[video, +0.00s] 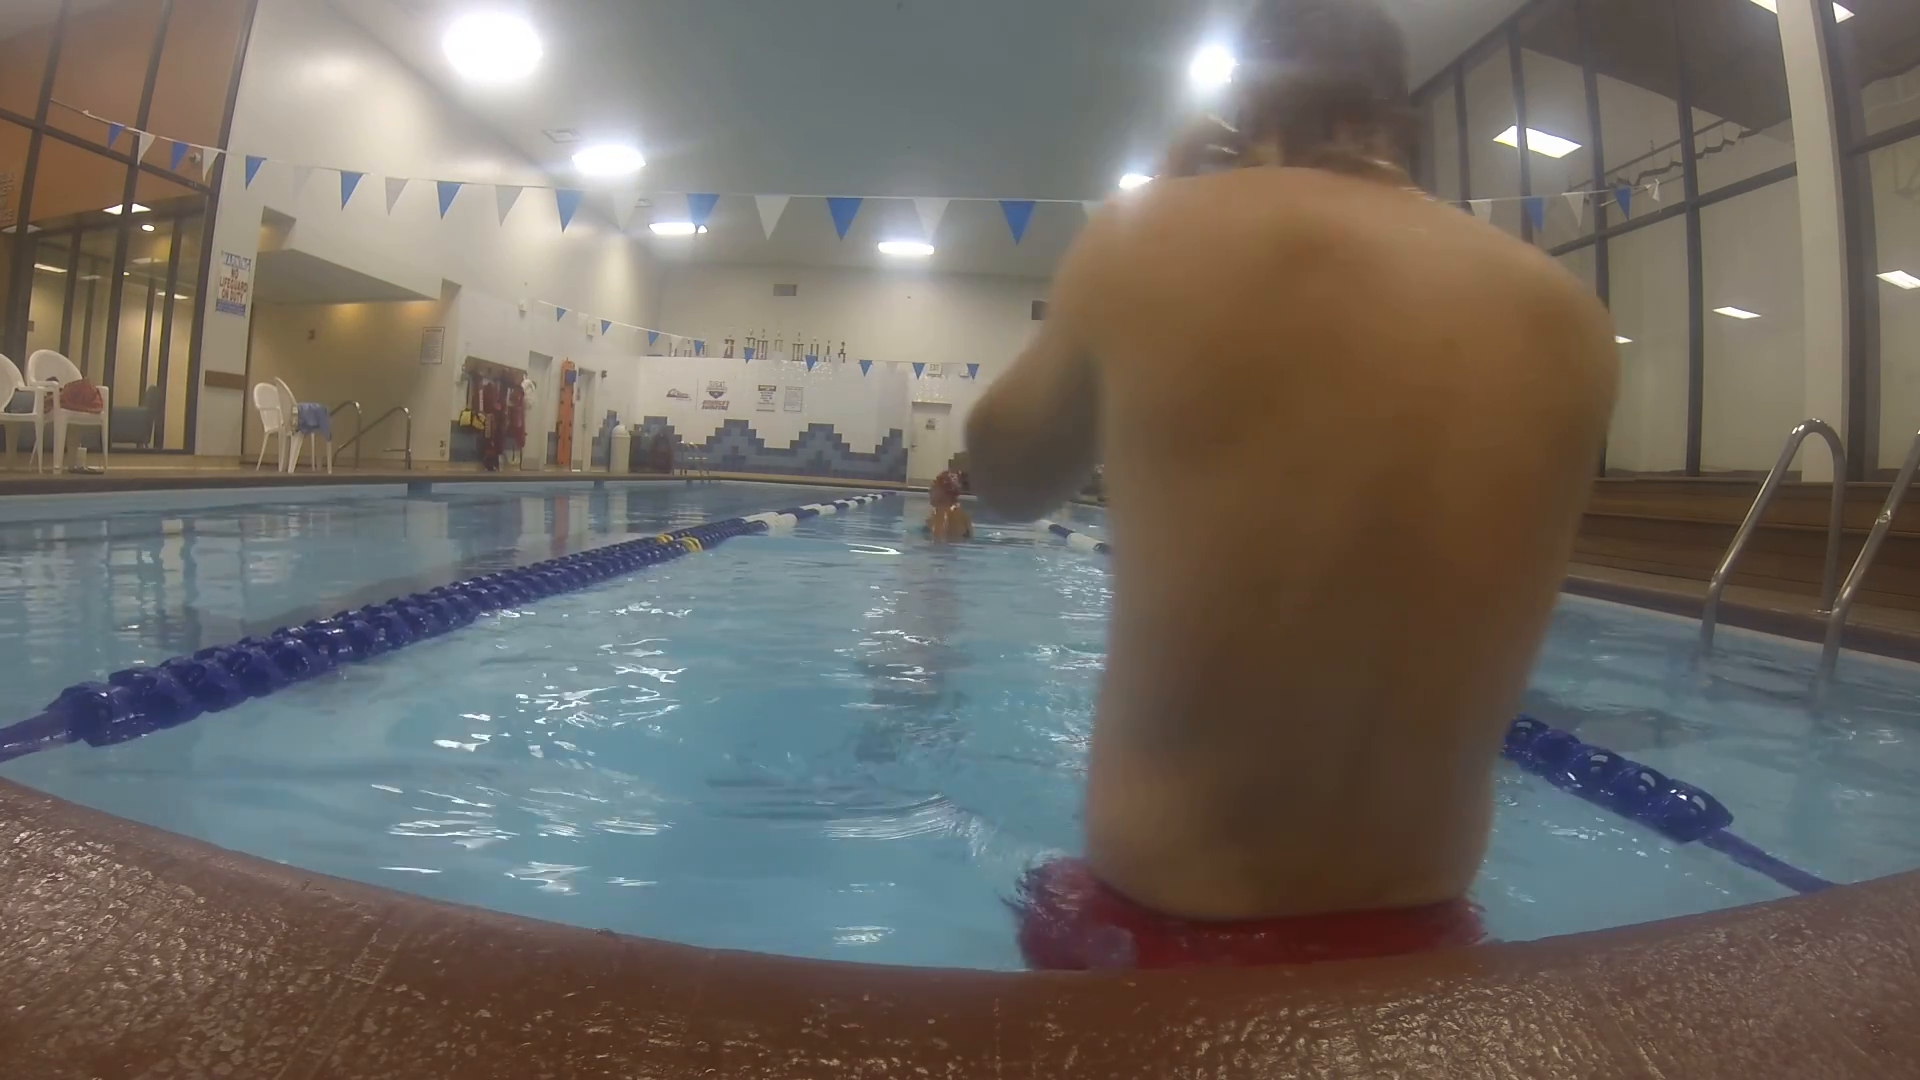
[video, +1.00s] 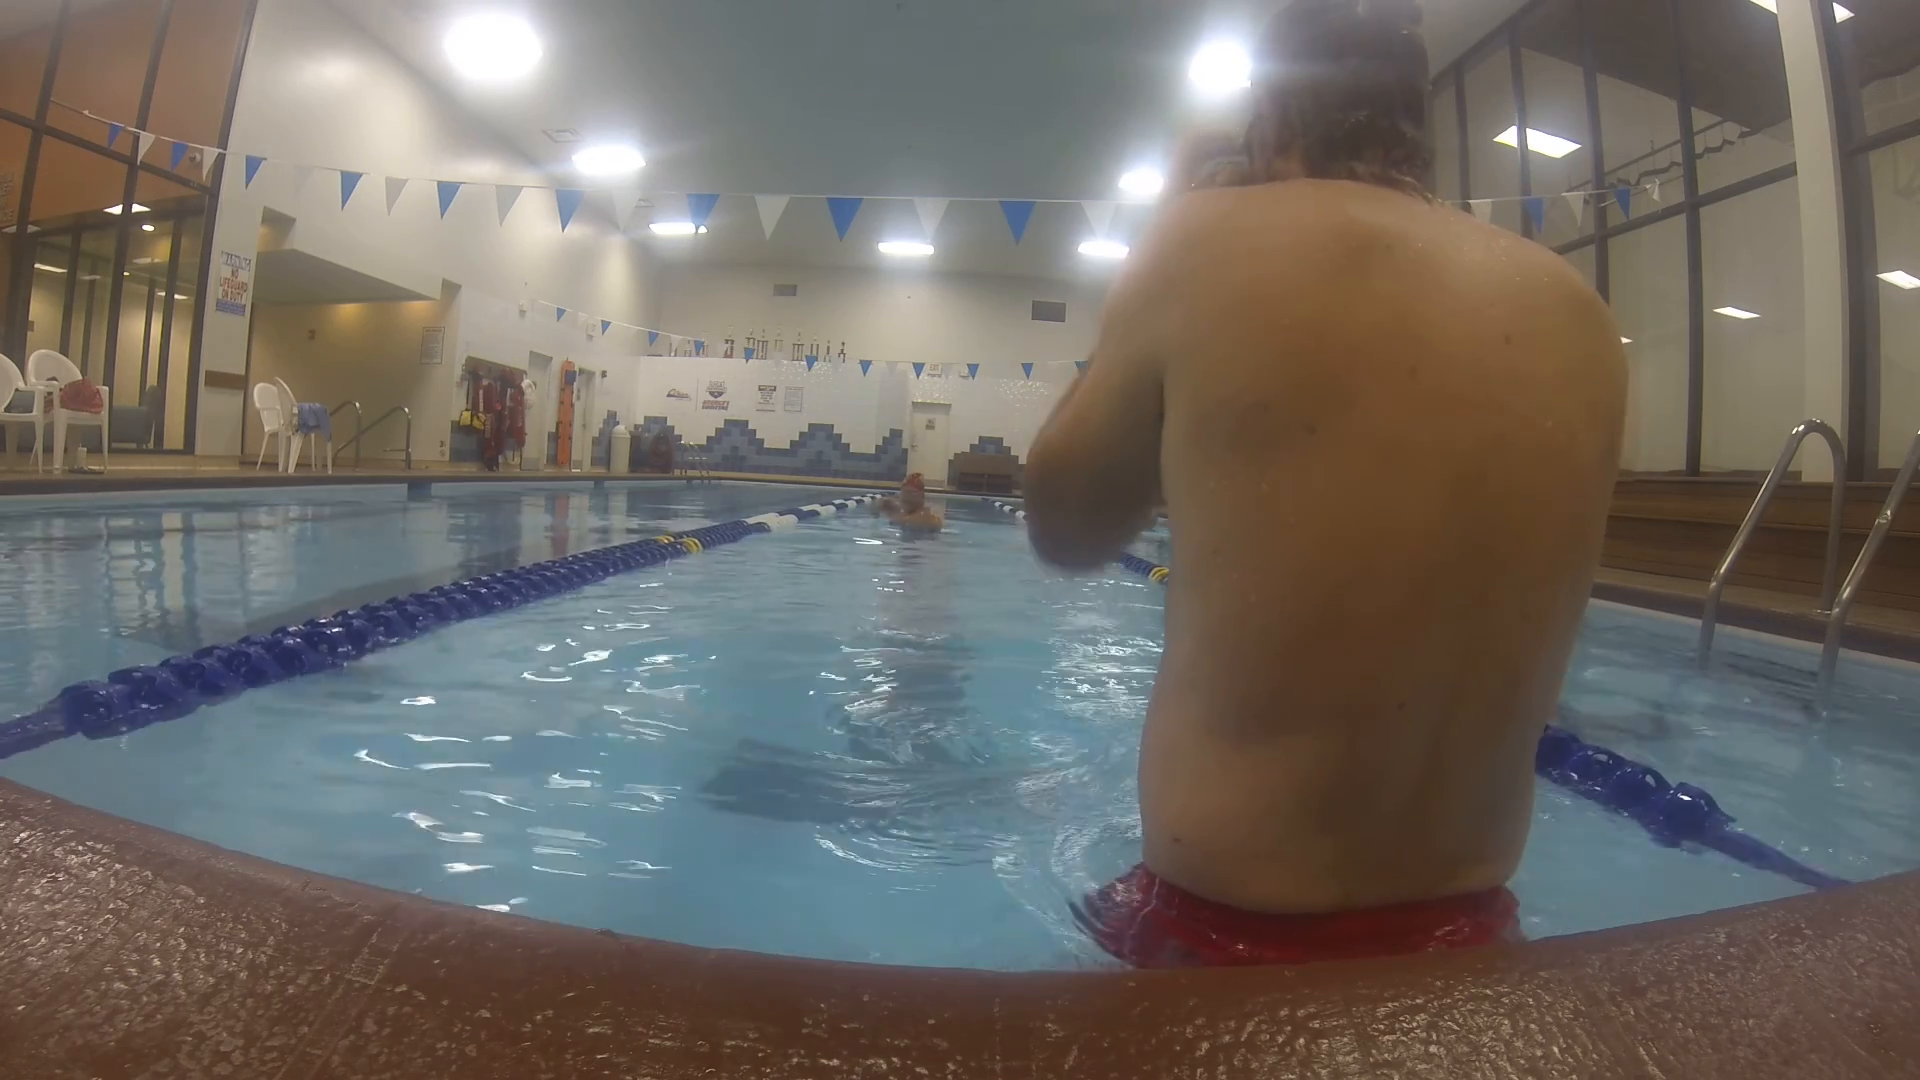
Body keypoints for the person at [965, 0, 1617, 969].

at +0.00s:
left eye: (1231, 95)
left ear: (1238, 106)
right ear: (1406, 120)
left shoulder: (1149, 239)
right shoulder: (1567, 316)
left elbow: (1004, 479)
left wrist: (1161, 202)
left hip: (1145, 948)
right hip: (1418, 955)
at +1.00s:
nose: (1237, 133)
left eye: (1247, 115)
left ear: (1269, 123)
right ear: (1417, 133)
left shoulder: (1205, 242)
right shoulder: (1576, 307)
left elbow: (1068, 527)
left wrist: (1180, 215)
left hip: (1209, 944)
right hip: (1469, 941)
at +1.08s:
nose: (1247, 152)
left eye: (1253, 128)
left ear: (1273, 136)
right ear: (1421, 148)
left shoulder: (1194, 256)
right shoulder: (1568, 316)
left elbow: (1063, 581)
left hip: (1206, 943)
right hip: (1467, 942)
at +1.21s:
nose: (1241, 179)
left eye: (1246, 157)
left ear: (1264, 161)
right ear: (1411, 172)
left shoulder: (1174, 300)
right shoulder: (1558, 342)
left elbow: (1058, 676)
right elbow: (1552, 697)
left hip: (1205, 953)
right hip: (1468, 951)